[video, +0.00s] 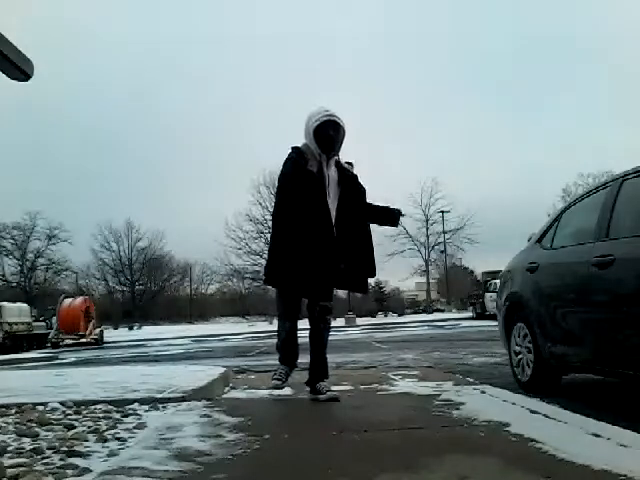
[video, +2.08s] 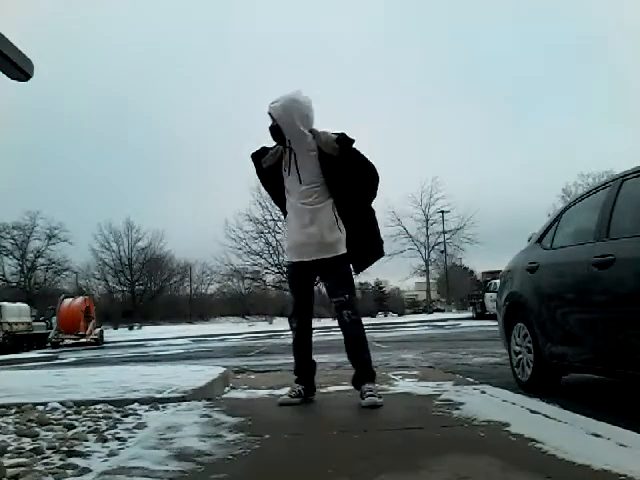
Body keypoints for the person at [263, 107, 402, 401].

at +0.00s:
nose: (332, 138)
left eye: (337, 133)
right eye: (326, 132)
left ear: (342, 137)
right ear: (312, 133)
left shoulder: (345, 175)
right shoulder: (296, 163)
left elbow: (357, 209)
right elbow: (283, 210)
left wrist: (390, 215)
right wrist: (280, 255)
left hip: (326, 254)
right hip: (293, 252)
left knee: (321, 316)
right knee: (287, 312)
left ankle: (318, 380)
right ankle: (286, 364)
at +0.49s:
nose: (301, 133)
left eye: (307, 127)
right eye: (295, 127)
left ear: (317, 130)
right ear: (285, 131)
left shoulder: (336, 162)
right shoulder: (272, 165)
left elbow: (372, 187)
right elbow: (239, 196)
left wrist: (348, 216)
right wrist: (266, 221)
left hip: (325, 256)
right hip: (286, 256)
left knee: (322, 321)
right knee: (290, 322)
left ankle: (319, 382)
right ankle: (291, 386)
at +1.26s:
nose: (341, 123)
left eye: (348, 117)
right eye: (334, 116)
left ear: (360, 119)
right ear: (324, 116)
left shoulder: (373, 149)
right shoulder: (306, 146)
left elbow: (385, 188)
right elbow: (286, 181)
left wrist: (363, 220)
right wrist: (304, 213)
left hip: (353, 242)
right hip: (313, 242)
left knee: (361, 313)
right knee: (305, 316)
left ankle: (368, 384)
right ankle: (298, 385)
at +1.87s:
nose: (299, 121)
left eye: (304, 114)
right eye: (299, 114)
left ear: (324, 114)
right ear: (306, 115)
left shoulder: (357, 145)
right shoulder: (295, 151)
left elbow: (387, 183)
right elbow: (294, 194)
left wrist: (368, 212)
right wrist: (306, 218)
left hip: (347, 245)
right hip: (308, 247)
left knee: (356, 315)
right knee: (303, 317)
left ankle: (367, 384)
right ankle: (302, 383)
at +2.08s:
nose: (274, 128)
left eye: (278, 121)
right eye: (273, 122)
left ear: (295, 119)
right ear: (283, 124)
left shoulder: (331, 146)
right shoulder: (275, 159)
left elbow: (368, 177)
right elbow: (280, 198)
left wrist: (353, 213)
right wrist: (295, 218)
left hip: (333, 246)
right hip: (298, 250)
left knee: (348, 315)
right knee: (300, 322)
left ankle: (366, 384)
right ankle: (304, 386)